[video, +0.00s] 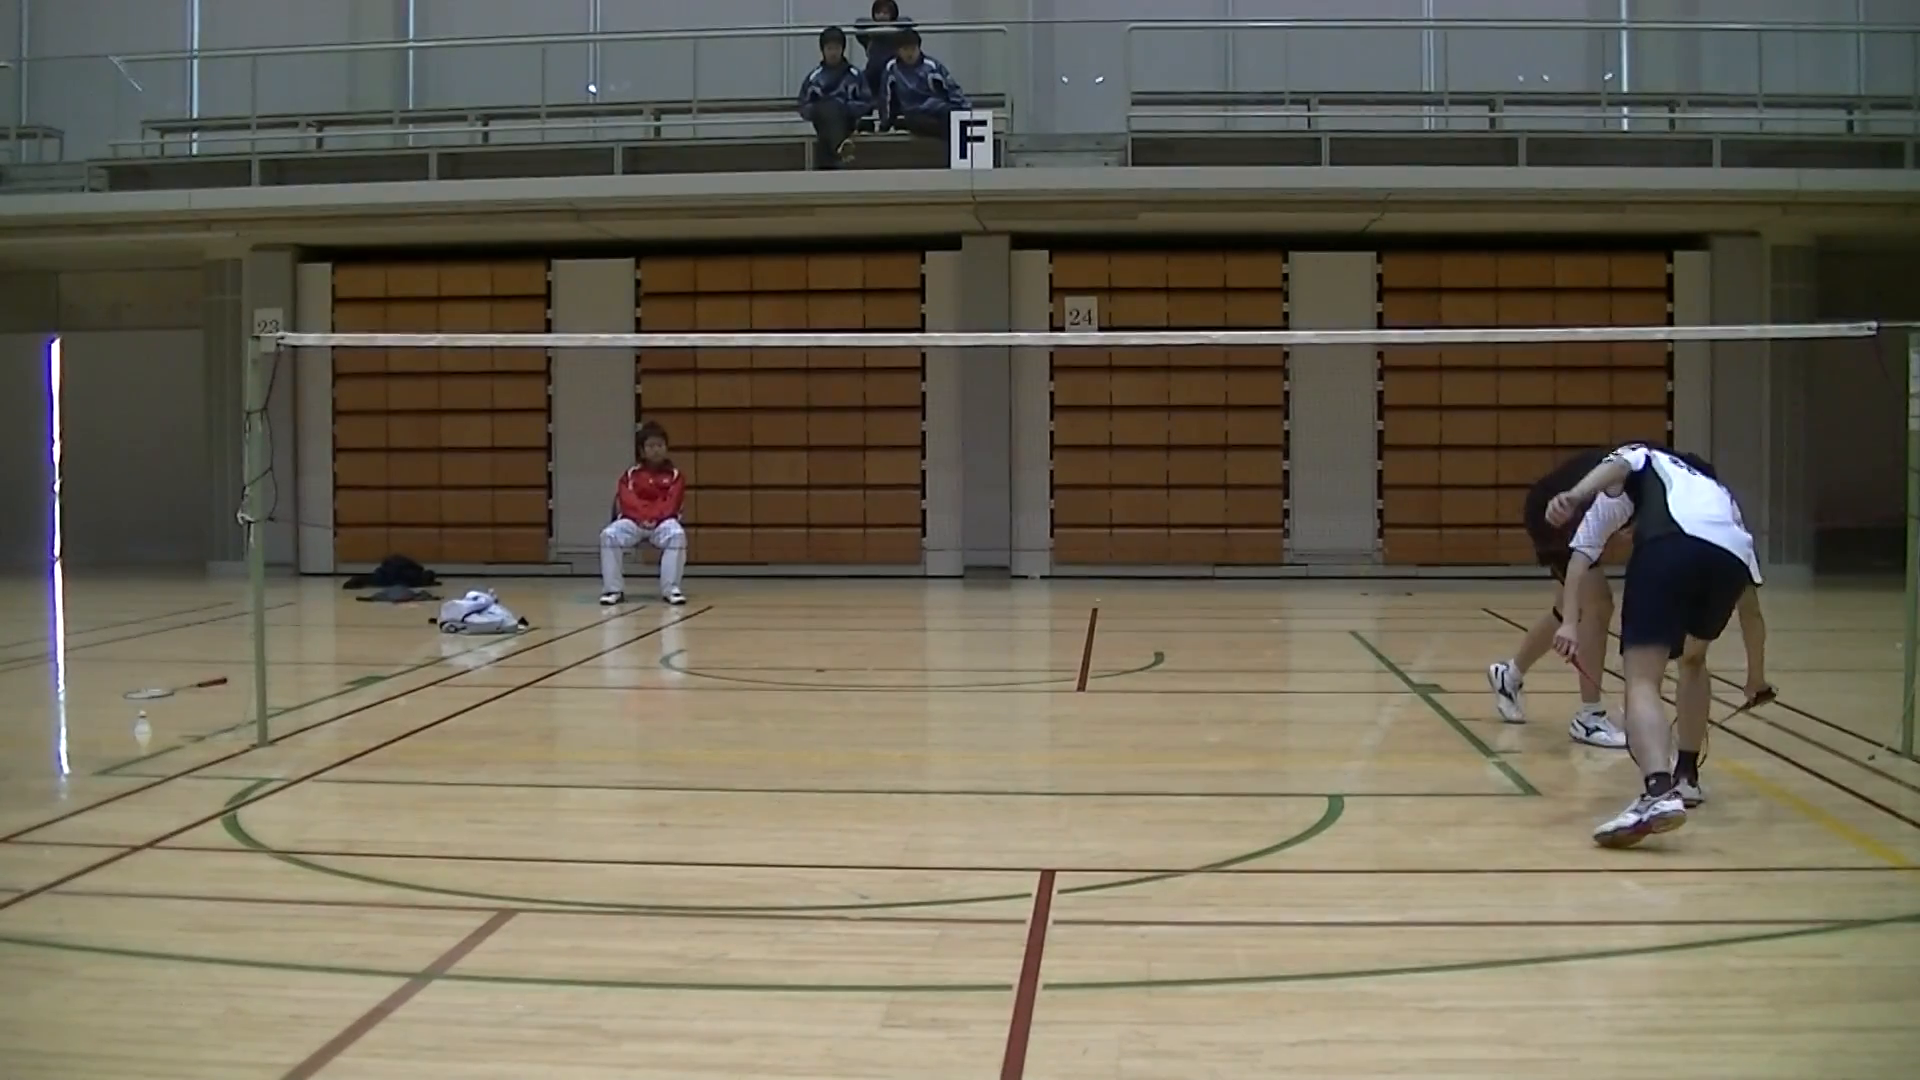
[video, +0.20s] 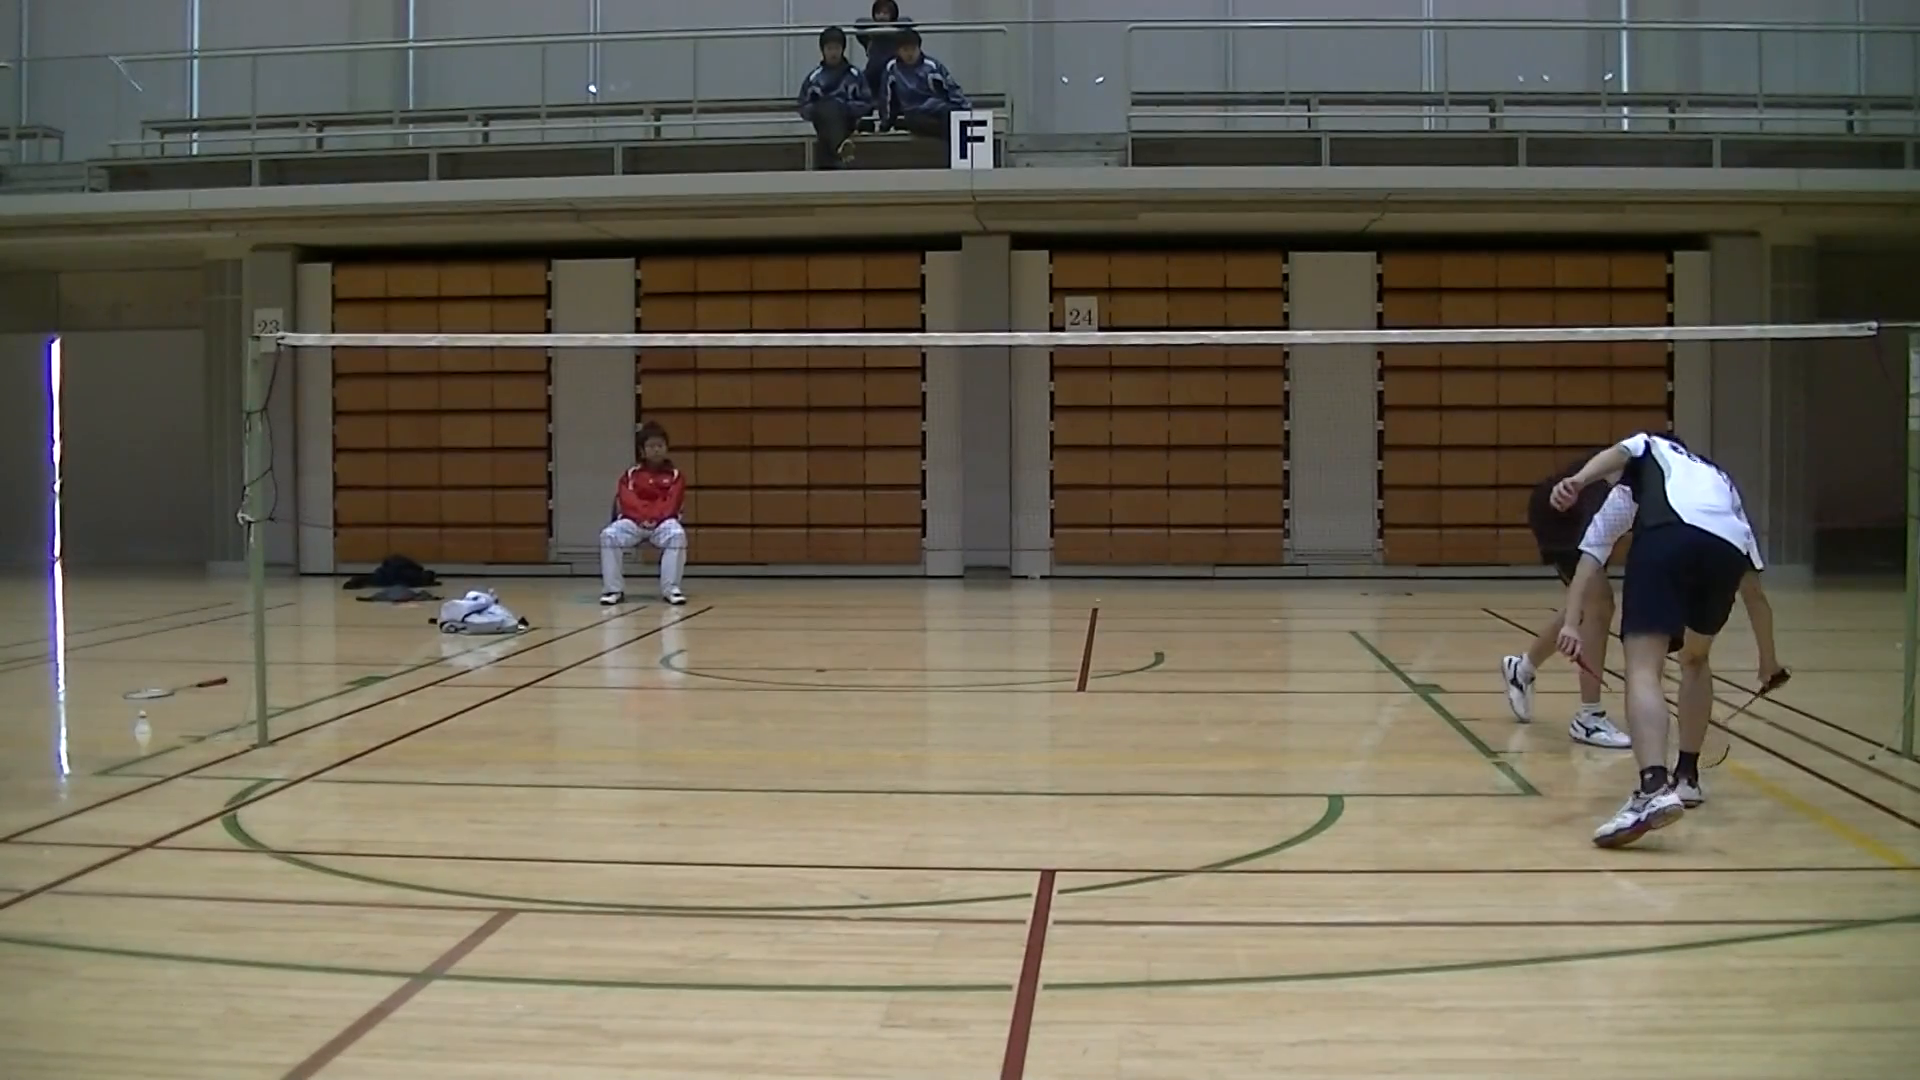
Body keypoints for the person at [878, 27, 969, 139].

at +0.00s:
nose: (910, 54)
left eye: (913, 49)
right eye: (905, 49)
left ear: (919, 48)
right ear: (898, 51)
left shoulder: (933, 66)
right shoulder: (892, 69)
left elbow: (951, 88)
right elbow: (887, 98)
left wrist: (964, 108)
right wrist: (885, 124)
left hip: (940, 110)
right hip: (914, 115)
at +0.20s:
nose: (909, 54)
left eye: (913, 49)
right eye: (905, 50)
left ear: (919, 48)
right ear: (898, 51)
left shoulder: (933, 66)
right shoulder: (892, 69)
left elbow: (951, 89)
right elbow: (887, 98)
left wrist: (965, 108)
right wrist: (886, 123)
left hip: (940, 109)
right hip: (914, 114)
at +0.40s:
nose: (910, 54)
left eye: (913, 49)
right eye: (905, 50)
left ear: (919, 49)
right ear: (898, 51)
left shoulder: (933, 65)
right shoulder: (892, 69)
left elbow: (951, 88)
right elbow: (886, 97)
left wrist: (964, 106)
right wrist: (886, 121)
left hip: (941, 109)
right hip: (913, 114)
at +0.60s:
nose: (910, 53)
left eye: (913, 48)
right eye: (905, 49)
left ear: (919, 48)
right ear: (898, 51)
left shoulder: (932, 64)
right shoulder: (892, 69)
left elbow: (951, 87)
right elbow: (886, 96)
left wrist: (964, 106)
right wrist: (886, 121)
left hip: (941, 109)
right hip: (914, 114)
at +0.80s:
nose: (910, 53)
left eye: (913, 48)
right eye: (905, 49)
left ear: (919, 48)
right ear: (898, 51)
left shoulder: (932, 64)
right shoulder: (892, 68)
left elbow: (951, 87)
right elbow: (887, 97)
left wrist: (965, 107)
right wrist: (887, 121)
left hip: (940, 109)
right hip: (914, 114)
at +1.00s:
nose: (910, 52)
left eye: (913, 47)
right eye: (905, 48)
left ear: (919, 47)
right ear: (898, 50)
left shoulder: (932, 63)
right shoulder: (892, 67)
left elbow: (951, 86)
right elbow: (886, 95)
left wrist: (965, 106)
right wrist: (886, 120)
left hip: (940, 107)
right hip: (913, 112)